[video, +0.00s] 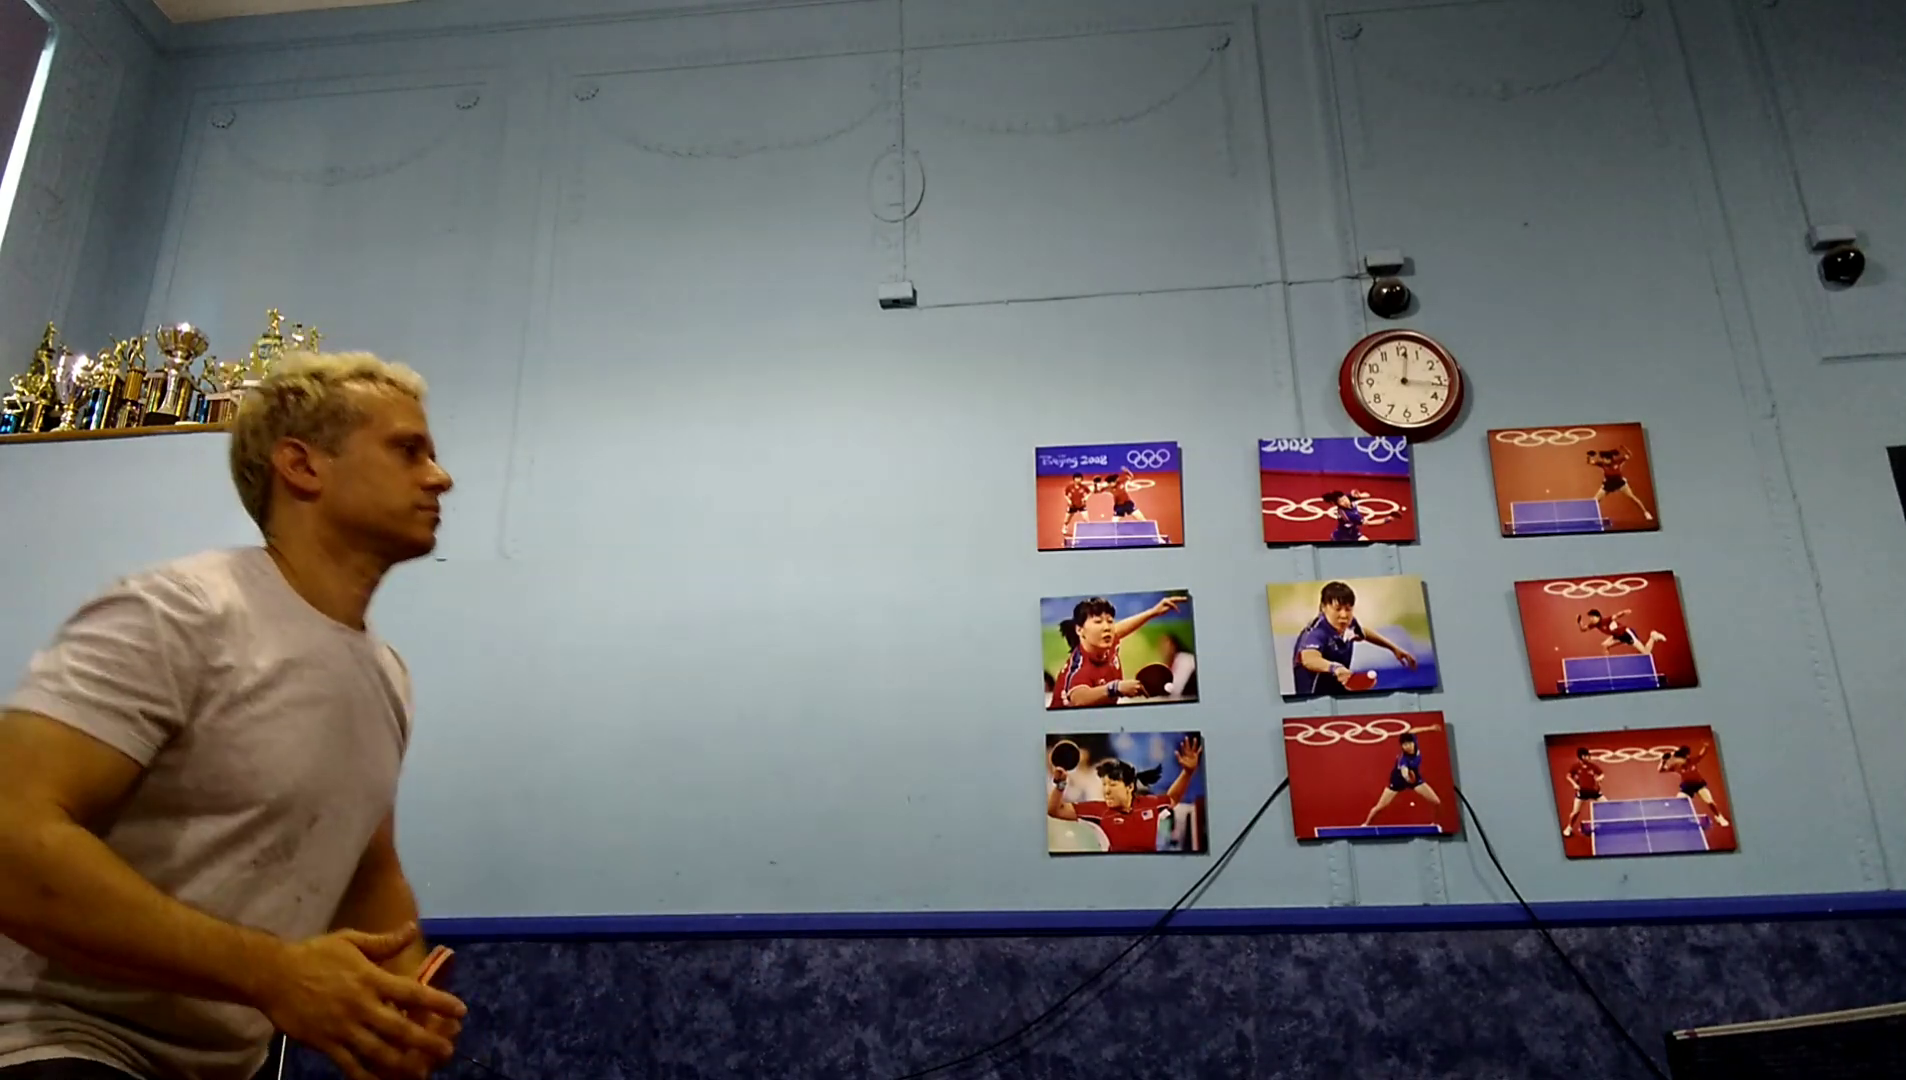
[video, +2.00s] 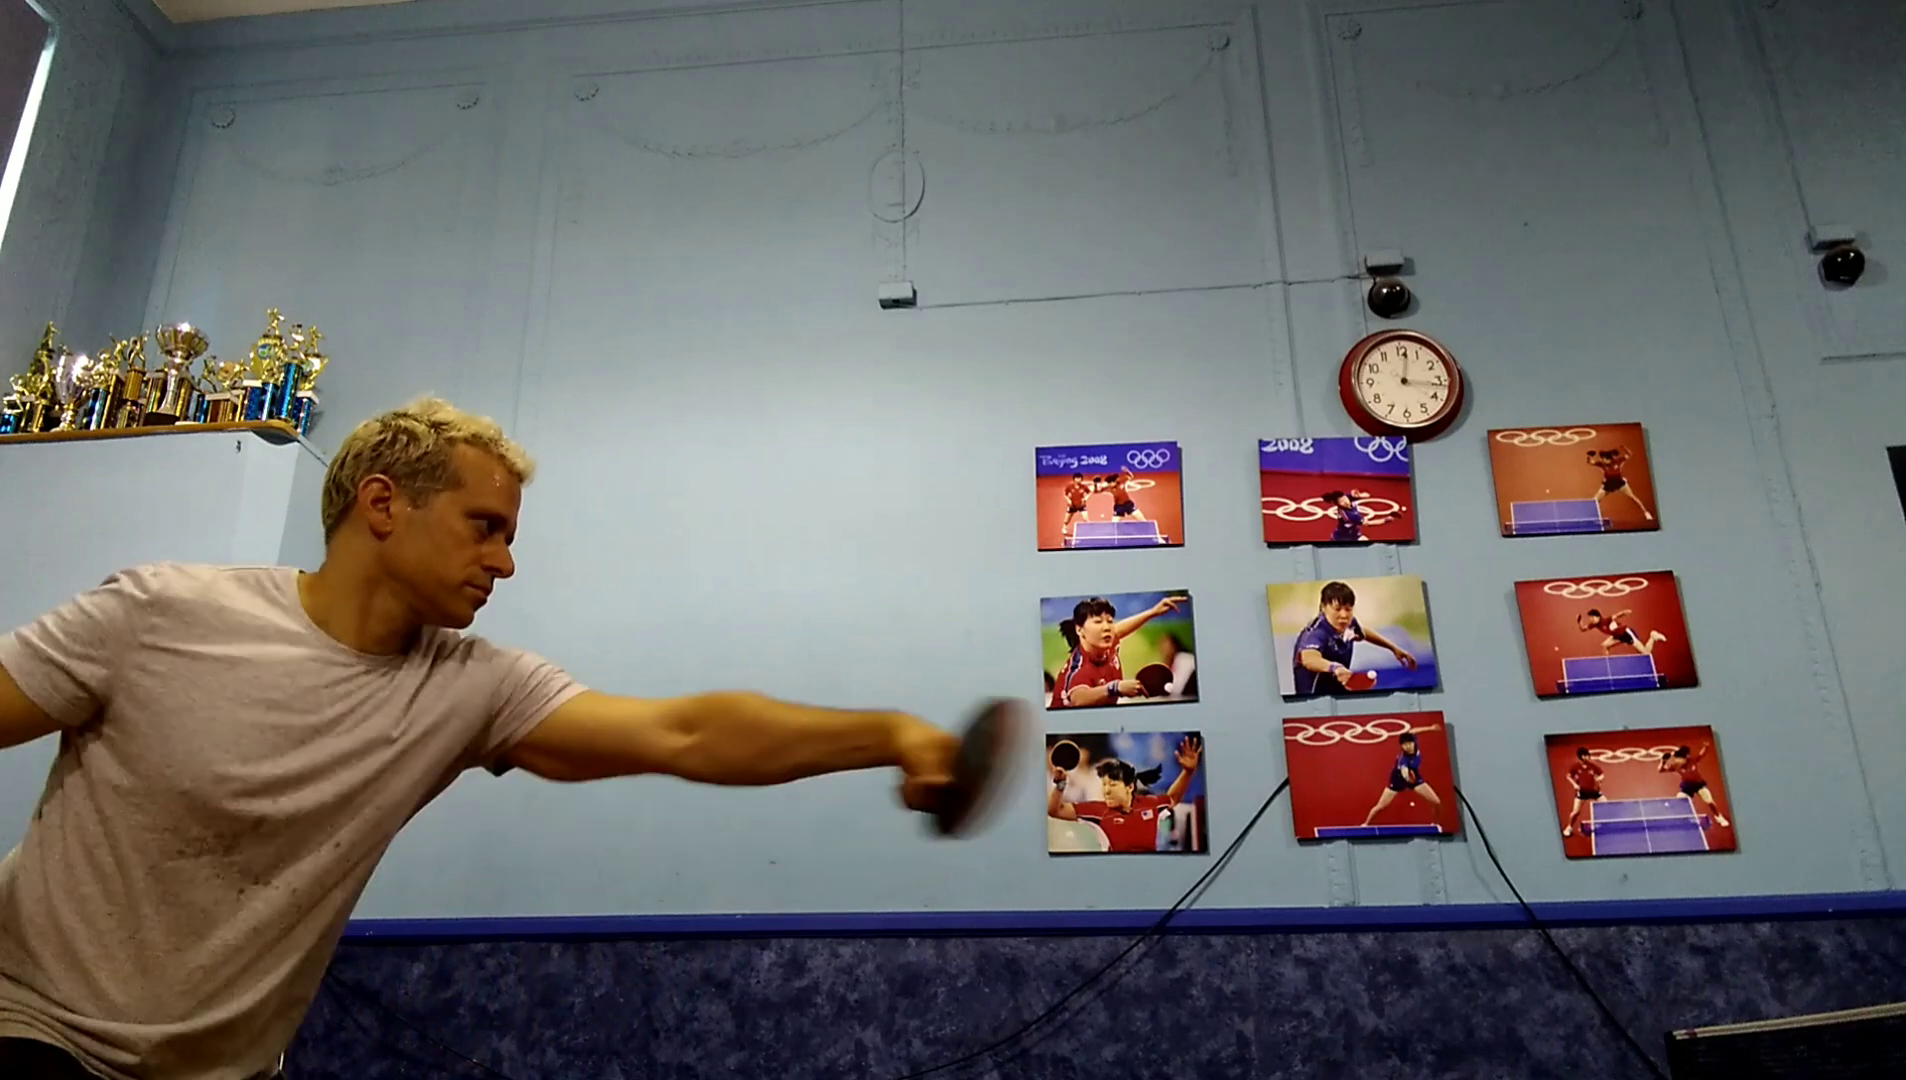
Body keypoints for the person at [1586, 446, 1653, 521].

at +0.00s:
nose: (1605, 461)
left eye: (1606, 460)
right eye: (1603, 460)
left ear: (1609, 459)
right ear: (1603, 459)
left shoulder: (1617, 461)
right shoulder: (1602, 464)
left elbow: (1628, 457)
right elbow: (1590, 463)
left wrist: (1624, 449)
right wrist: (1590, 457)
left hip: (1620, 482)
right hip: (1608, 482)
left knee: (1632, 497)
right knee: (1595, 499)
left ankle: (1645, 512)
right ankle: (1593, 519)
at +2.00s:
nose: (1604, 461)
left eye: (1606, 460)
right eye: (1603, 460)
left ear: (1609, 458)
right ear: (1602, 459)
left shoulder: (1618, 461)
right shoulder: (1602, 464)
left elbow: (1629, 455)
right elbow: (1590, 463)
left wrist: (1624, 448)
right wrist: (1589, 457)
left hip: (1620, 482)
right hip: (1608, 483)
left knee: (1632, 497)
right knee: (1595, 499)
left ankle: (1645, 512)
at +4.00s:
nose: (1605, 461)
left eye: (1606, 459)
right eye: (1603, 460)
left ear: (1609, 458)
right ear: (1602, 459)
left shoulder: (1618, 462)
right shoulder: (1602, 464)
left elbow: (1629, 456)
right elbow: (1590, 463)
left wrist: (1624, 449)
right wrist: (1589, 456)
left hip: (1620, 482)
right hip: (1608, 483)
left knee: (1632, 497)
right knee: (1596, 499)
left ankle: (1645, 512)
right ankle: (1591, 519)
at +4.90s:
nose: (1605, 461)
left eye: (1606, 459)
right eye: (1604, 460)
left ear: (1610, 458)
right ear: (1603, 459)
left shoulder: (1618, 462)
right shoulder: (1602, 464)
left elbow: (1629, 456)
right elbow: (1590, 463)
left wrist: (1624, 449)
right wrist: (1589, 456)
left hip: (1620, 482)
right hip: (1608, 483)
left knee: (1632, 497)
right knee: (1596, 499)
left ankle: (1645, 512)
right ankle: (1591, 519)